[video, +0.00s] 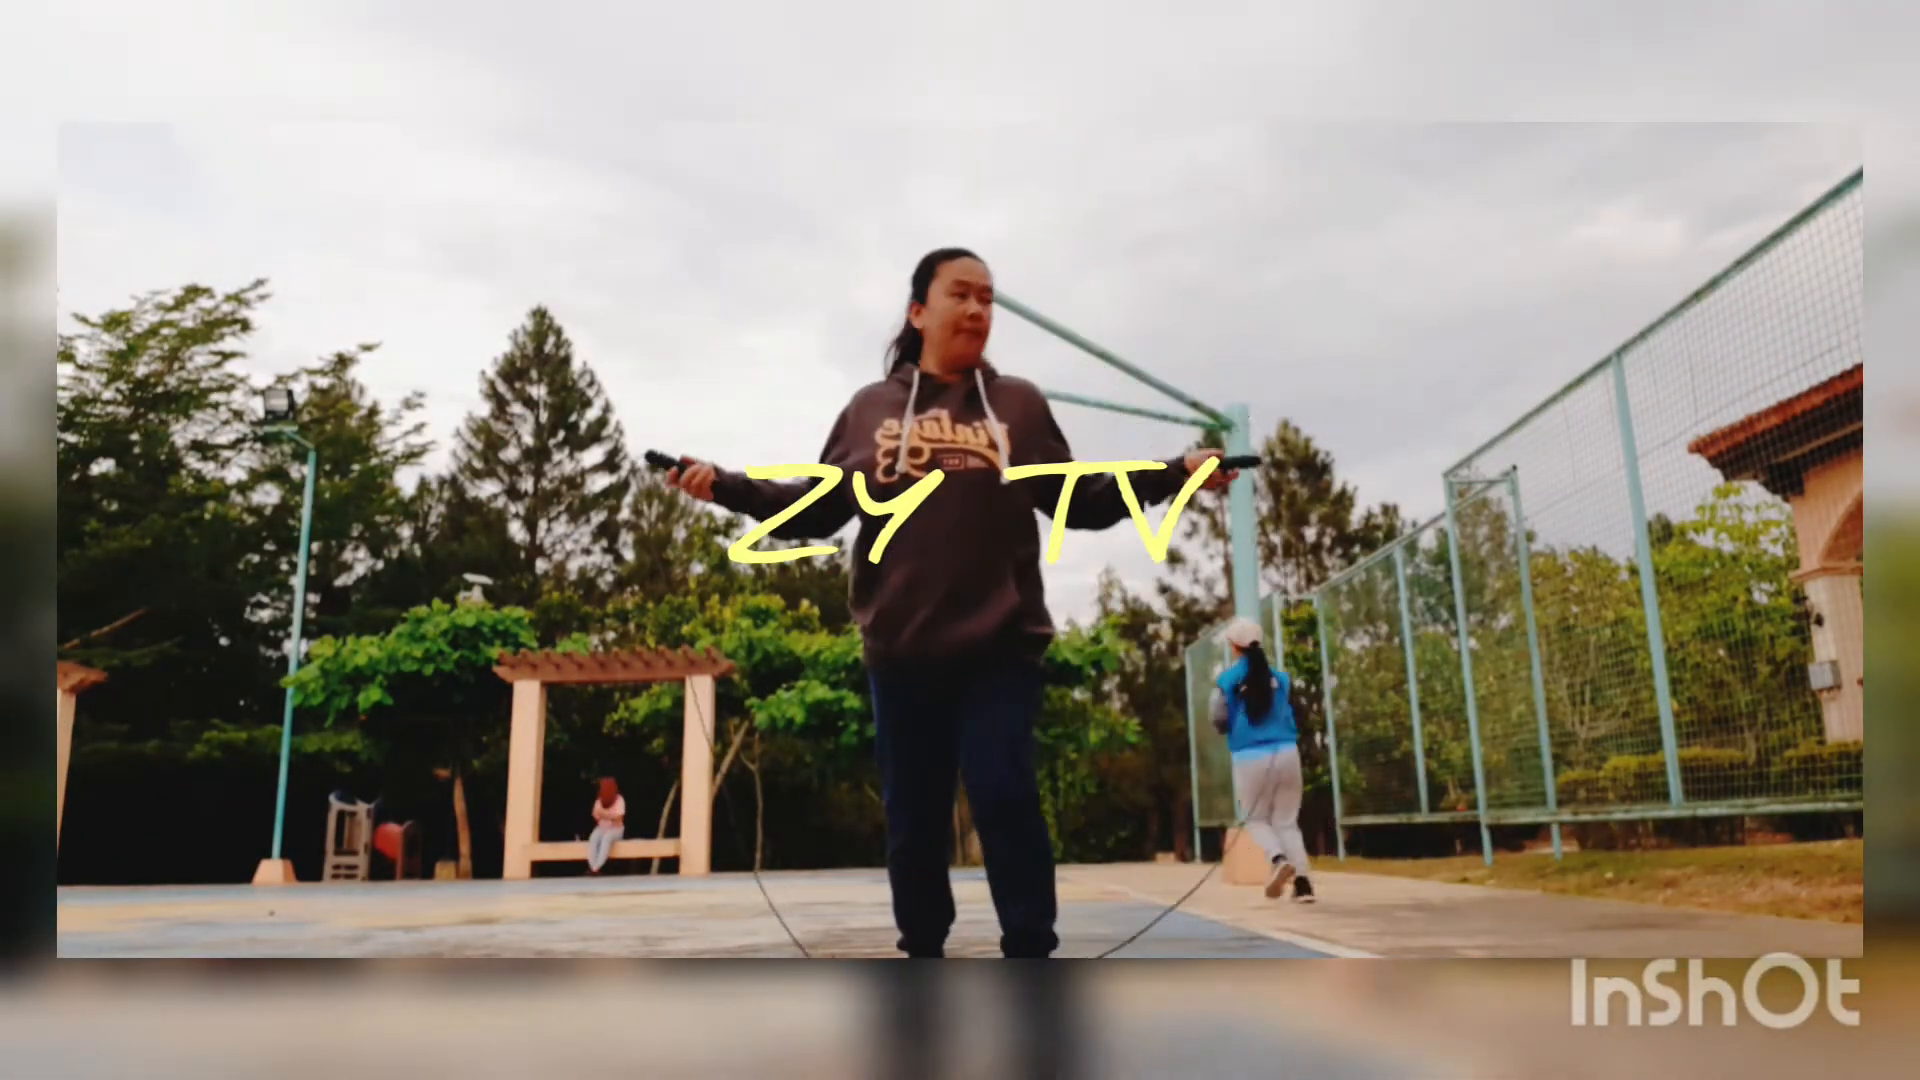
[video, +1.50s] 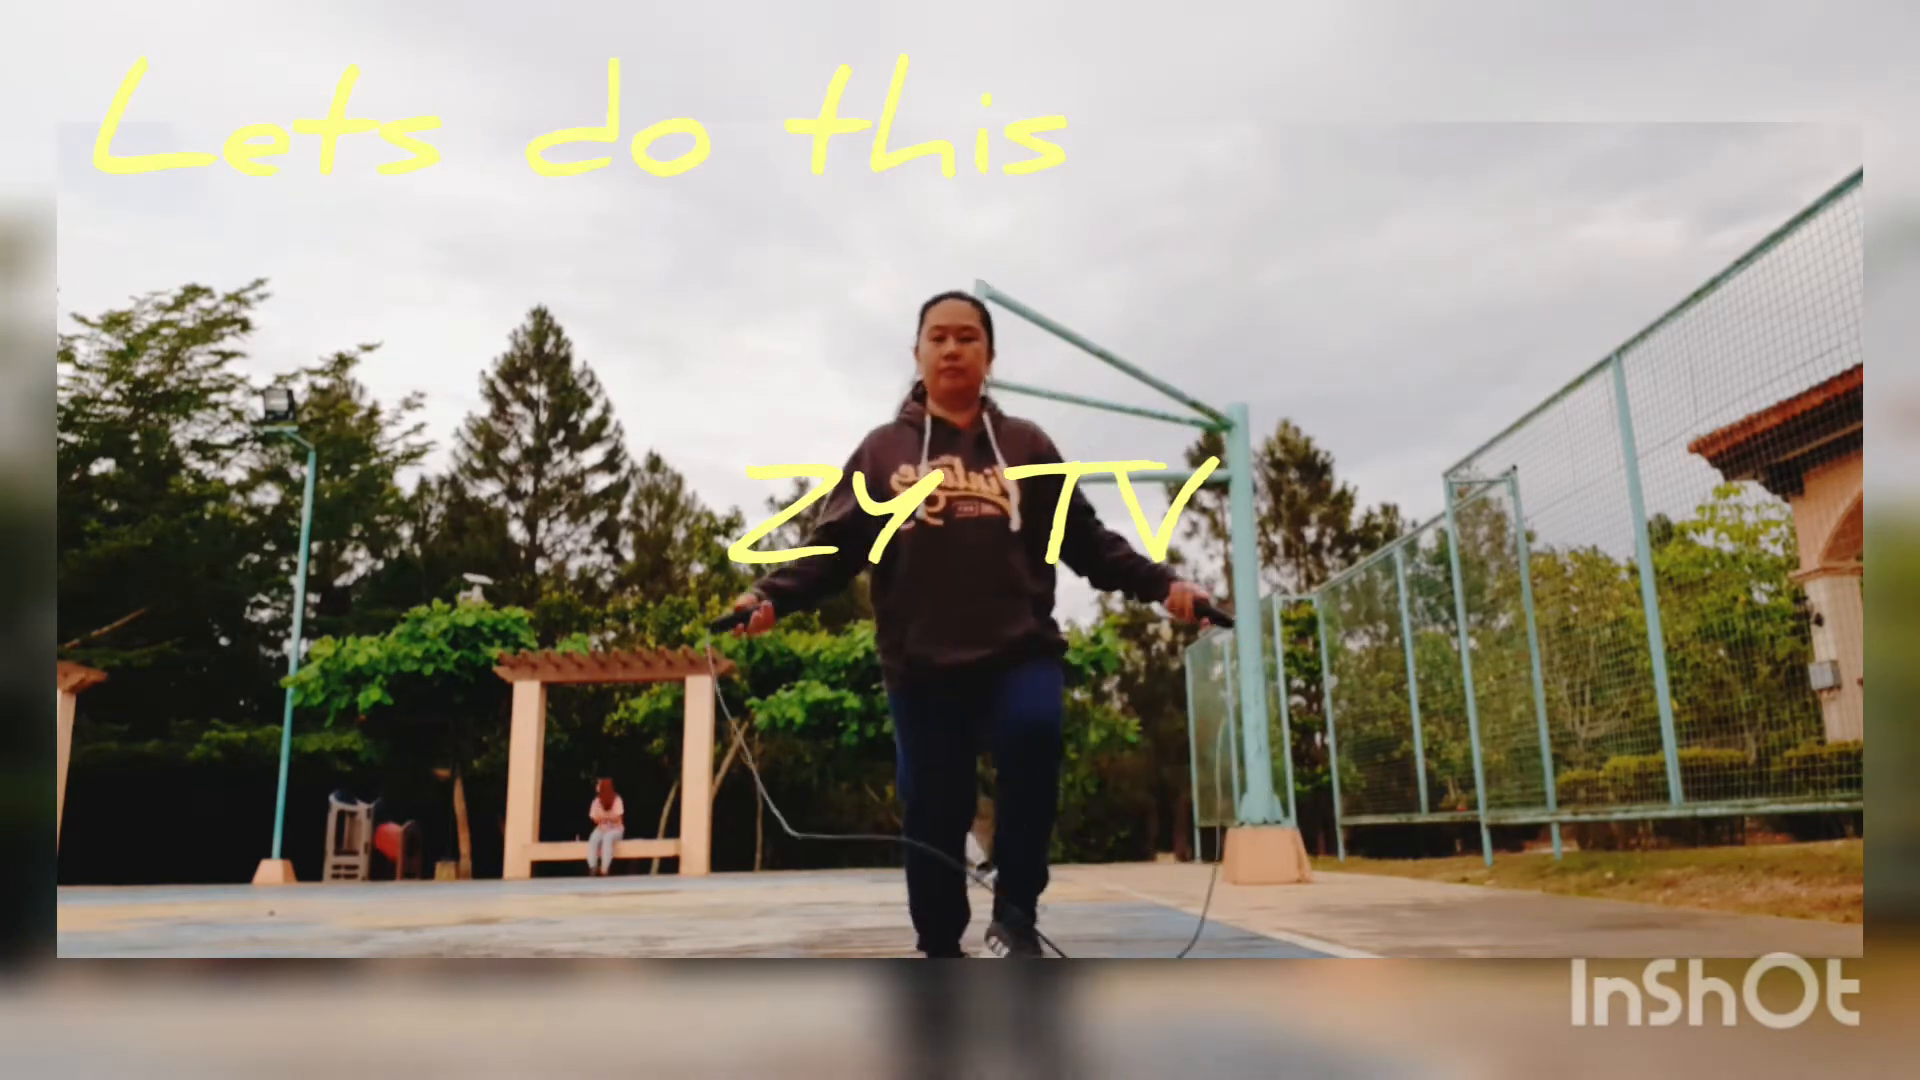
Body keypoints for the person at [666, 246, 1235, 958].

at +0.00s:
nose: (978, 310)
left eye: (987, 300)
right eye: (961, 295)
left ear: (994, 317)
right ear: (917, 312)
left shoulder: (1018, 404)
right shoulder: (869, 408)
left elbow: (1079, 499)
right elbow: (819, 508)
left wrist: (1176, 475)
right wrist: (727, 486)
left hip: (999, 640)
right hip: (903, 647)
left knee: (1004, 795)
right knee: (914, 813)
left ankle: (1031, 955)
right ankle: (922, 957)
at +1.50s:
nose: (953, 350)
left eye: (967, 338)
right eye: (939, 337)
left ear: (990, 355)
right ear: (917, 353)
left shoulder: (1026, 445)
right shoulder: (883, 450)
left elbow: (1084, 539)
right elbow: (831, 545)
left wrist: (1164, 586)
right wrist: (772, 595)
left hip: (1020, 654)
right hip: (925, 662)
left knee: (1035, 739)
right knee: (932, 810)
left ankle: (1017, 921)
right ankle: (939, 952)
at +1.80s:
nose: (950, 272)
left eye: (965, 260)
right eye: (936, 261)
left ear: (988, 280)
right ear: (915, 281)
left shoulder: (1026, 369)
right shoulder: (879, 374)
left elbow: (1071, 465)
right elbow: (835, 477)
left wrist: (1125, 538)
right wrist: (779, 553)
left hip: (1011, 589)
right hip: (917, 594)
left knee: (995, 730)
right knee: (929, 750)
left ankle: (980, 911)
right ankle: (952, 903)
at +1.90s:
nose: (955, 288)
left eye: (969, 276)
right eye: (940, 277)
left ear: (993, 296)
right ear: (919, 299)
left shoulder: (1033, 386)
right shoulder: (886, 392)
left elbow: (1093, 477)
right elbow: (826, 484)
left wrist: (1182, 483)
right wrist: (732, 517)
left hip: (1005, 618)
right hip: (904, 619)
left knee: (993, 791)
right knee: (895, 778)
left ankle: (999, 954)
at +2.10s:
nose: (953, 285)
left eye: (968, 275)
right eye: (938, 276)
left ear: (995, 301)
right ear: (918, 302)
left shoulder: (1038, 387)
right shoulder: (885, 393)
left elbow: (1128, 457)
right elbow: (819, 485)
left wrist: (1216, 403)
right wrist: (734, 431)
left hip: (1005, 622)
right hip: (904, 622)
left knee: (995, 791)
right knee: (895, 754)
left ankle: (998, 948)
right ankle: (935, 847)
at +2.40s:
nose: (942, 303)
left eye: (957, 292)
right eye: (927, 293)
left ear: (983, 316)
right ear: (906, 318)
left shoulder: (1029, 413)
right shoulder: (869, 417)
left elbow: (1099, 508)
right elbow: (820, 518)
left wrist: (1182, 507)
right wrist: (759, 536)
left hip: (1006, 653)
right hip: (902, 657)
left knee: (1002, 812)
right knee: (906, 810)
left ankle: (1005, 960)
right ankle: (900, 961)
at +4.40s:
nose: (967, 280)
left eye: (982, 269)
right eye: (952, 271)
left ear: (1008, 291)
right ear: (930, 293)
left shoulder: (1053, 386)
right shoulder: (895, 395)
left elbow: (1118, 502)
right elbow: (848, 514)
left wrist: (1209, 515)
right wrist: (770, 536)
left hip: (1033, 635)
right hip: (927, 637)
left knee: (1035, 803)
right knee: (933, 804)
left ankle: (1042, 952)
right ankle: (936, 953)